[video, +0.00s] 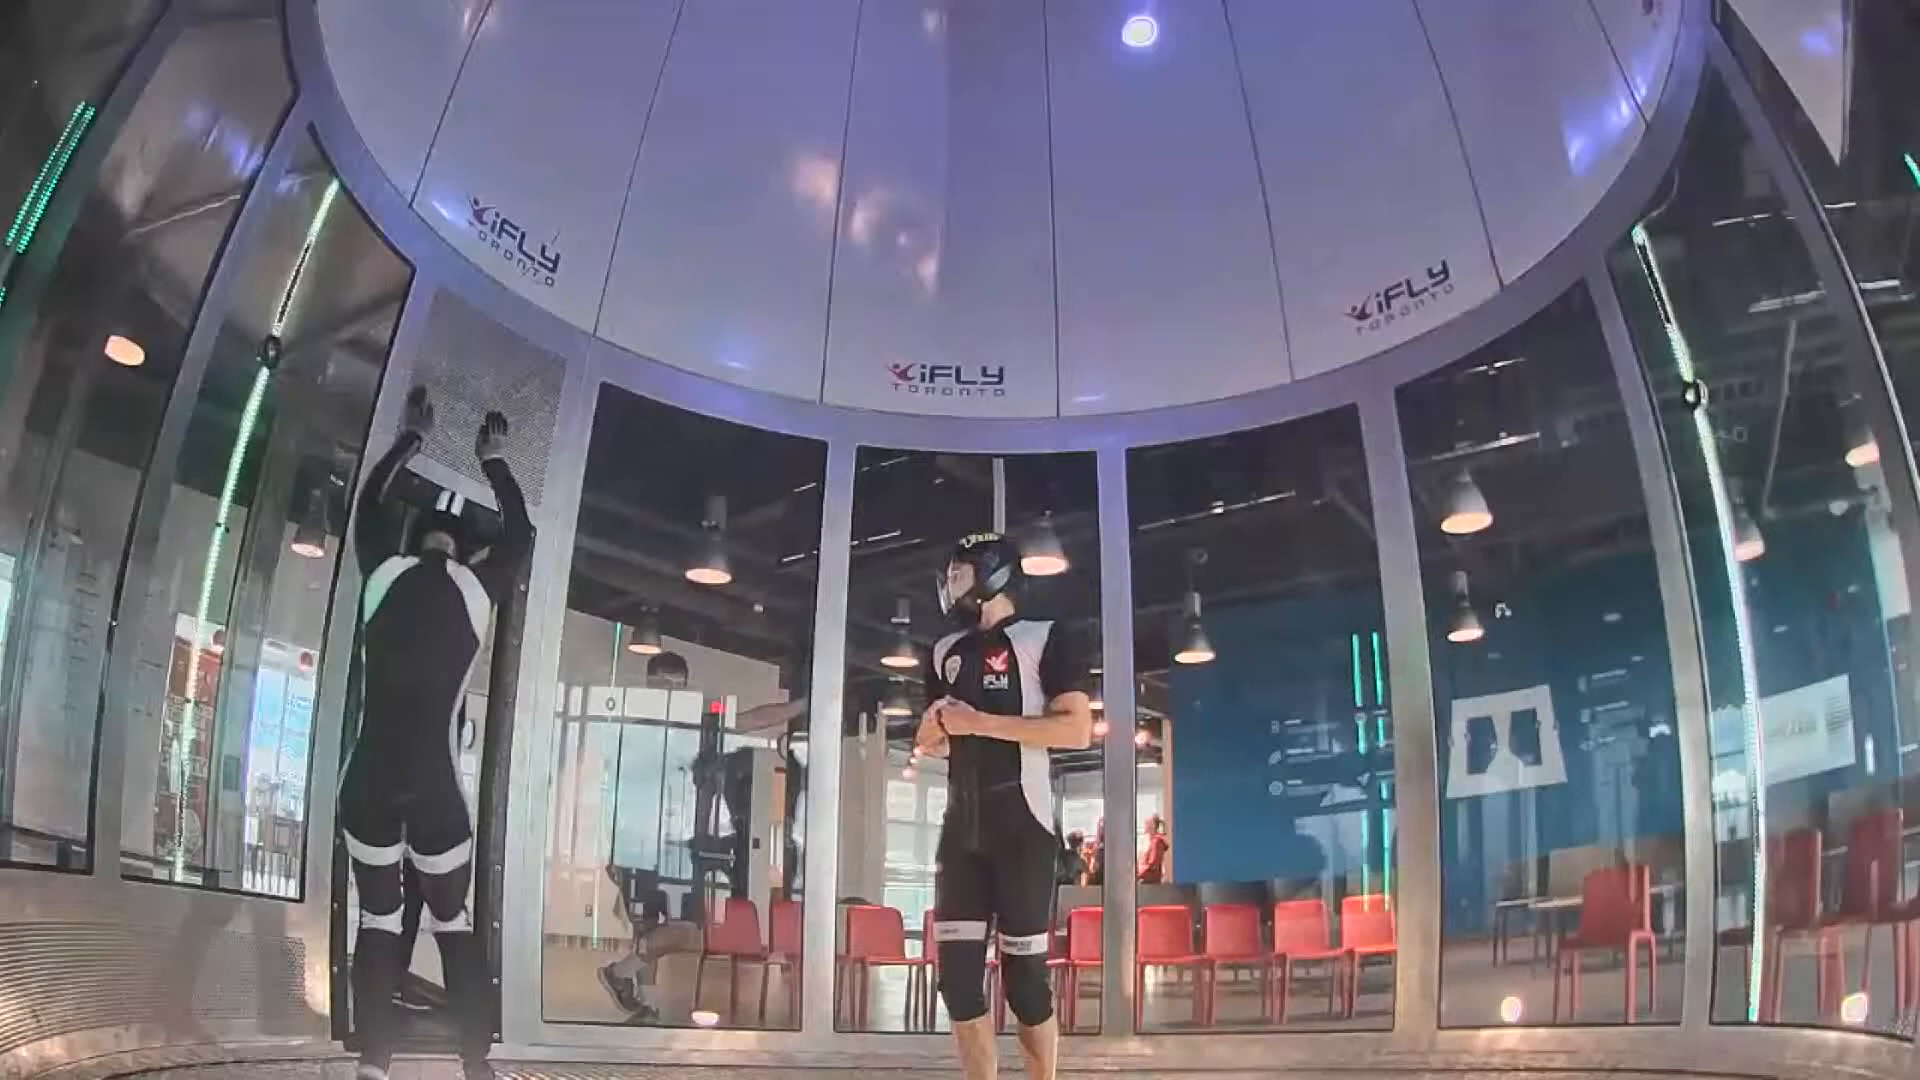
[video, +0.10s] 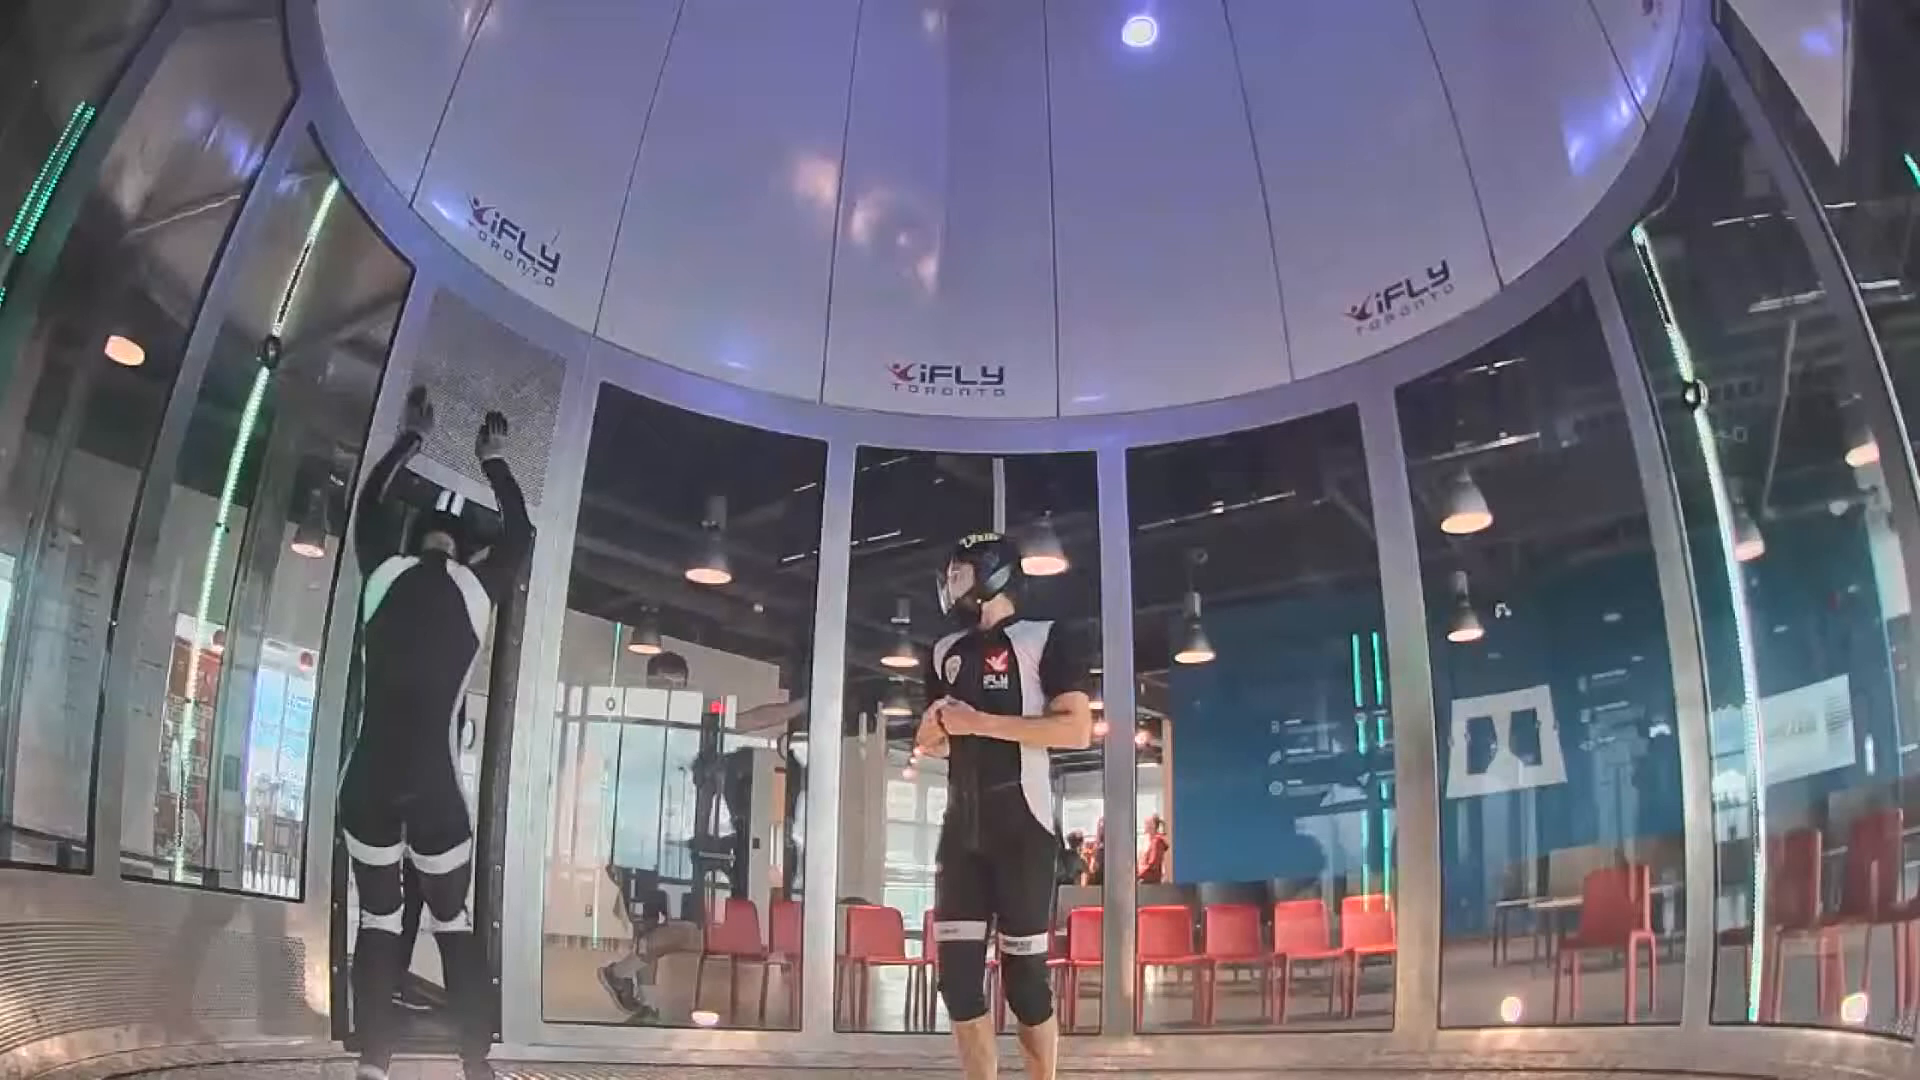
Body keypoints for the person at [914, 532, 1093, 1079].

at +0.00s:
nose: (952, 585)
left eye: (962, 573)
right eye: (950, 575)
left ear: (997, 576)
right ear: (960, 583)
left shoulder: (1049, 639)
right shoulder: (944, 652)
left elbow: (1077, 730)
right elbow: (929, 743)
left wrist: (981, 722)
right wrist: (932, 732)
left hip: (1026, 827)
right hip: (962, 827)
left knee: (1025, 979)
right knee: (957, 979)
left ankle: (1042, 1076)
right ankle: (982, 1076)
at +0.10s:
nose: (952, 585)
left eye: (962, 573)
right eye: (950, 575)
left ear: (997, 576)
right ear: (959, 583)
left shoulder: (1049, 639)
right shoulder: (944, 652)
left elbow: (1077, 730)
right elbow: (929, 743)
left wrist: (981, 722)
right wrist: (932, 732)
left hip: (1026, 827)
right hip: (962, 827)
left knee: (1025, 979)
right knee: (957, 979)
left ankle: (1043, 1076)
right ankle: (982, 1076)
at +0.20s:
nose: (953, 583)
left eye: (963, 571)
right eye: (953, 573)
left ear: (998, 573)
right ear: (978, 579)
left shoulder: (1053, 637)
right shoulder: (951, 651)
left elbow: (1081, 729)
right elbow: (943, 749)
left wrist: (985, 723)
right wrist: (938, 733)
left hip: (1029, 827)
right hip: (966, 827)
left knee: (1027, 978)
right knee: (964, 981)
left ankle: (1047, 1076)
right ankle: (986, 1076)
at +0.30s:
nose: (955, 581)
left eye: (965, 570)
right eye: (954, 572)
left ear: (1000, 572)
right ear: (979, 578)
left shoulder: (1055, 636)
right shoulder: (954, 650)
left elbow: (1082, 728)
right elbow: (945, 748)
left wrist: (986, 721)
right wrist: (940, 730)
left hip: (1030, 827)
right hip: (967, 827)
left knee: (1027, 978)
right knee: (966, 981)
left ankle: (1049, 1076)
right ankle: (988, 1077)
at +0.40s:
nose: (967, 584)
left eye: (976, 573)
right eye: (966, 575)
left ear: (1011, 574)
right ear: (982, 581)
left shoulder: (1065, 636)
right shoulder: (968, 652)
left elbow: (1089, 728)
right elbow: (960, 750)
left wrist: (993, 729)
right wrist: (947, 736)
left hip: (1035, 827)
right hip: (974, 828)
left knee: (1031, 975)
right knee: (976, 981)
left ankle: (1066, 1076)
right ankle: (991, 1077)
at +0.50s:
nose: (972, 584)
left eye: (982, 573)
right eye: (972, 575)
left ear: (1017, 575)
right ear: (991, 581)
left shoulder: (1067, 637)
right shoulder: (975, 653)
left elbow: (1092, 729)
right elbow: (965, 751)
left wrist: (995, 731)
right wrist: (954, 737)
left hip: (1036, 828)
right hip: (977, 828)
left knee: (1035, 977)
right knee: (976, 980)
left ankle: (1079, 1076)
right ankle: (991, 1078)